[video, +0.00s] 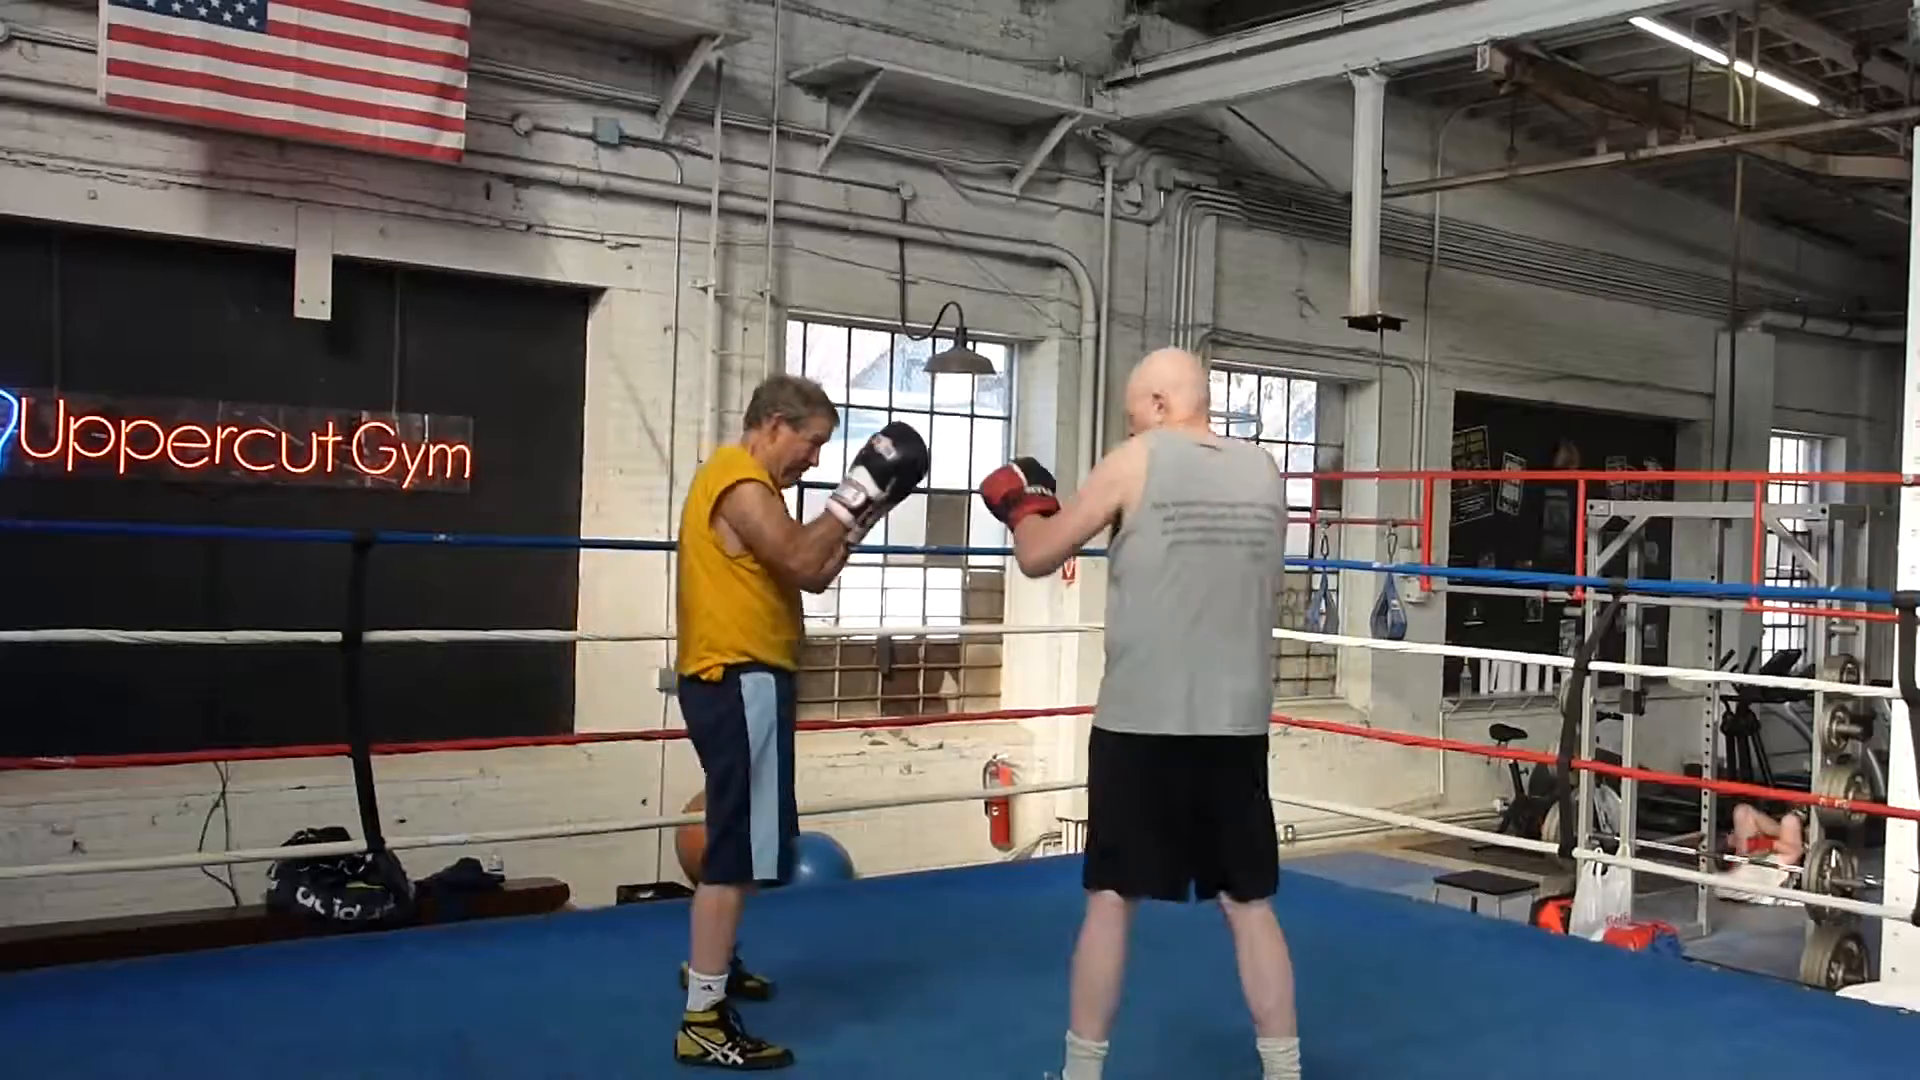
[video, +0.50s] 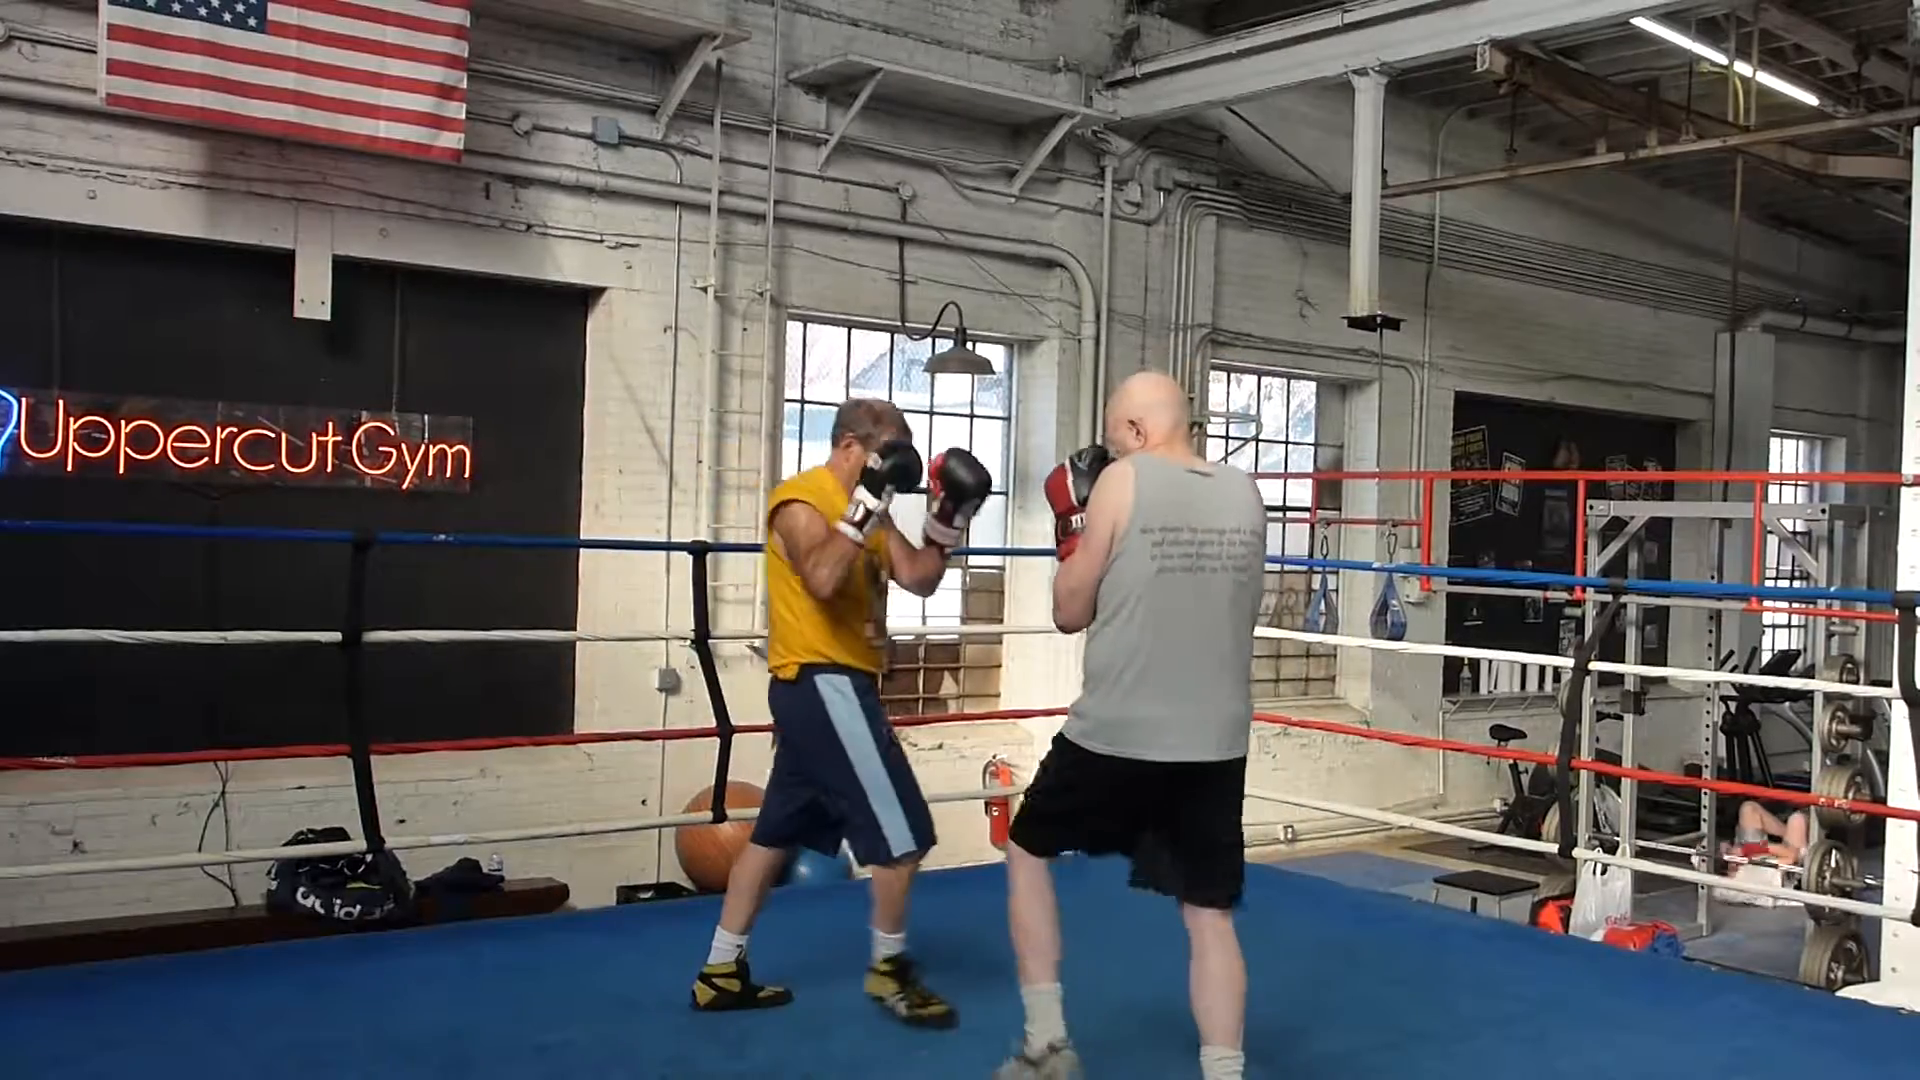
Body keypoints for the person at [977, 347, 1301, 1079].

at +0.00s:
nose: (1130, 425)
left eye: (1131, 413)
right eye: (1128, 415)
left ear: (1158, 403)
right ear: (1204, 403)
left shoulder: (1138, 459)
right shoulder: (1264, 469)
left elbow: (1038, 554)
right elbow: (1207, 559)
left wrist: (1021, 507)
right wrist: (1093, 518)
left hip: (1139, 723)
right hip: (1237, 726)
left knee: (1110, 901)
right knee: (1250, 904)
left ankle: (1081, 1070)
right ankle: (1284, 1071)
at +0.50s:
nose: (1112, 445)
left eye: (1112, 433)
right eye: (1111, 434)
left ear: (1134, 427)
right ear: (1188, 423)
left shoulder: (1122, 481)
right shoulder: (1246, 493)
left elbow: (1069, 611)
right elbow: (1227, 602)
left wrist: (1074, 528)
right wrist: (1124, 509)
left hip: (1115, 737)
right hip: (1218, 742)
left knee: (1029, 851)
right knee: (1211, 914)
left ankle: (1047, 1042)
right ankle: (1225, 1075)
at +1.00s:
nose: (1109, 407)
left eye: (1086, 397)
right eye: (1139, 407)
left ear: (1074, 410)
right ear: (1143, 417)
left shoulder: (1028, 468)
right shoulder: (1162, 479)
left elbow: (984, 580)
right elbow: (1161, 616)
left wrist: (1049, 551)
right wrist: (1105, 568)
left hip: (1009, 717)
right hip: (1105, 727)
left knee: (990, 882)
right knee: (1146, 895)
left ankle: (960, 1052)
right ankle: (1125, 1070)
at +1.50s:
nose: (1162, 416)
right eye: (1163, 407)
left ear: (1099, 421)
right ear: (1163, 421)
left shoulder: (1059, 482)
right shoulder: (1189, 495)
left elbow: (1063, 591)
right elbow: (1203, 631)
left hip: (1053, 725)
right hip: (1148, 738)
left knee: (1047, 853)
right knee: (1159, 913)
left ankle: (1014, 1021)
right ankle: (1101, 1071)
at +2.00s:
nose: (1211, 453)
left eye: (1213, 441)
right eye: (1212, 439)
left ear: (1148, 423)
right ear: (1194, 432)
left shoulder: (1104, 483)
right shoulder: (1161, 493)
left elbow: (1133, 596)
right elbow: (1180, 622)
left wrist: (1208, 547)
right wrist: (1220, 558)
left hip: (1076, 710)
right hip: (1115, 721)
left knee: (1106, 878)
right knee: (1133, 890)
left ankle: (1094, 1018)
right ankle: (1085, 1059)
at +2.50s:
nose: (1211, 464)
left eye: (1214, 451)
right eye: (1211, 447)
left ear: (1162, 432)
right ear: (1183, 434)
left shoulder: (1123, 496)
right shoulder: (1133, 503)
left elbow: (1163, 602)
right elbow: (1176, 620)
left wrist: (1207, 535)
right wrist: (1229, 543)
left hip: (1156, 720)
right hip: (1130, 727)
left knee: (1225, 827)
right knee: (1138, 893)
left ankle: (1152, 981)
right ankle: (1040, 1053)